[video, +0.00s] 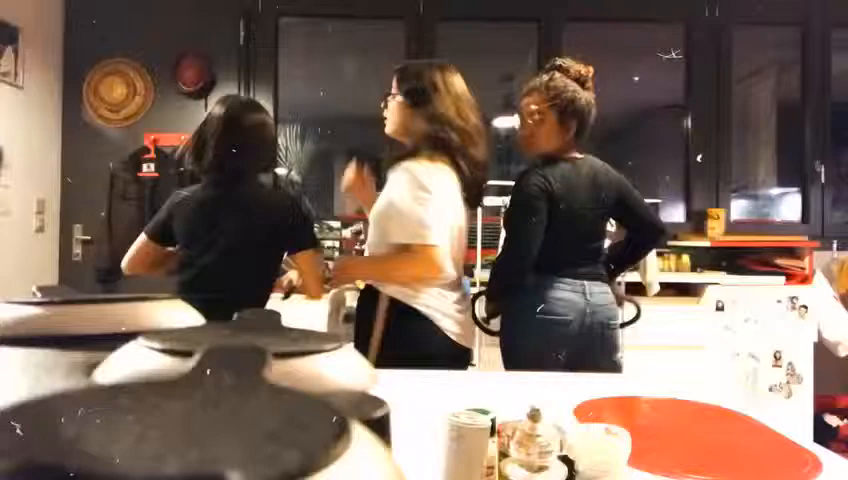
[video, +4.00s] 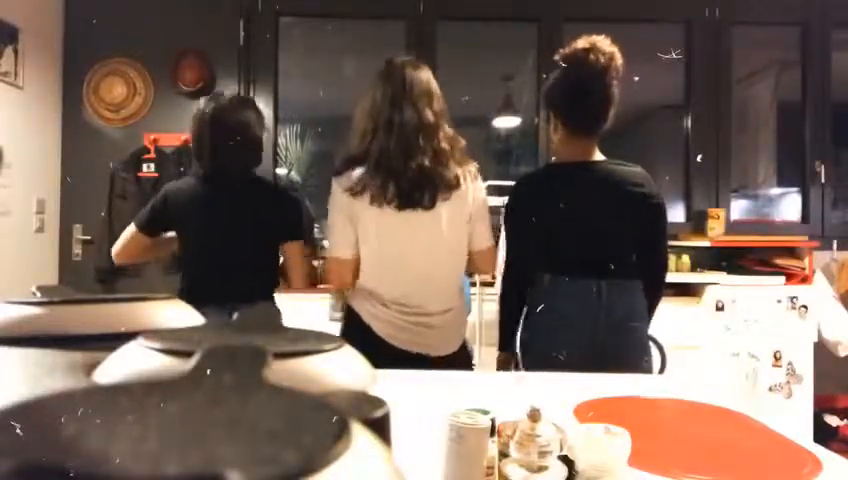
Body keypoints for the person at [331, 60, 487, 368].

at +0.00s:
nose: (384, 105)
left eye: (393, 96)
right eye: (388, 96)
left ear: (422, 105)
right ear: (421, 107)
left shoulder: (413, 174)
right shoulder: (443, 173)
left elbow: (430, 262)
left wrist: (355, 268)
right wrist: (370, 201)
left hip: (409, 329)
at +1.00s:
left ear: (370, 124)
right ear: (433, 117)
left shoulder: (355, 199)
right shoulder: (465, 192)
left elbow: (346, 289)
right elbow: (475, 277)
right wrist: (457, 316)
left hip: (375, 346)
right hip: (449, 346)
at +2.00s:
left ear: (378, 122)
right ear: (440, 119)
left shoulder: (352, 194)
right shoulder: (467, 192)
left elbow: (329, 280)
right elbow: (477, 275)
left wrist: (373, 264)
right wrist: (436, 258)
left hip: (366, 351)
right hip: (440, 355)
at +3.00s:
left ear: (374, 109)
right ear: (439, 107)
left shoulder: (347, 180)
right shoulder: (464, 180)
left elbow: (333, 267)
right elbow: (475, 264)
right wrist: (438, 241)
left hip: (369, 345)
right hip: (443, 347)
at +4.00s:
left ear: (373, 113)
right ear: (436, 109)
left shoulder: (351, 185)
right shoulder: (466, 179)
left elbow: (341, 277)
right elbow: (485, 265)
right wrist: (441, 253)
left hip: (374, 348)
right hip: (446, 350)